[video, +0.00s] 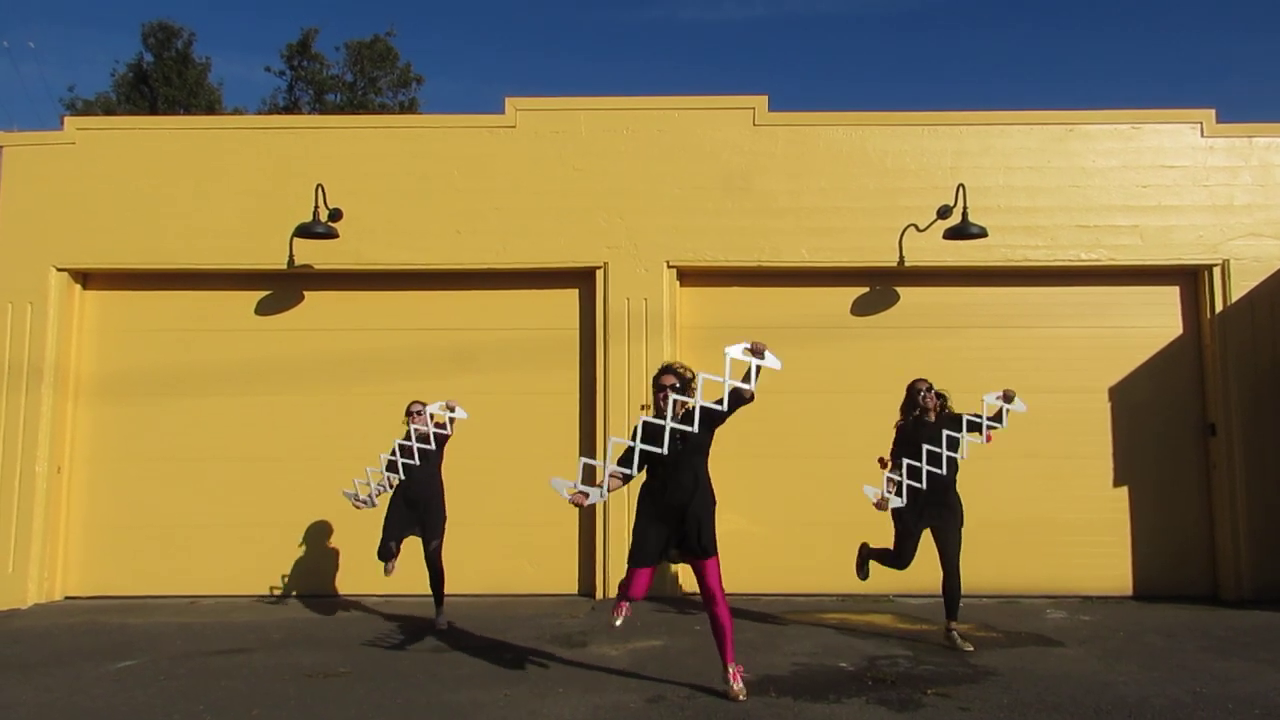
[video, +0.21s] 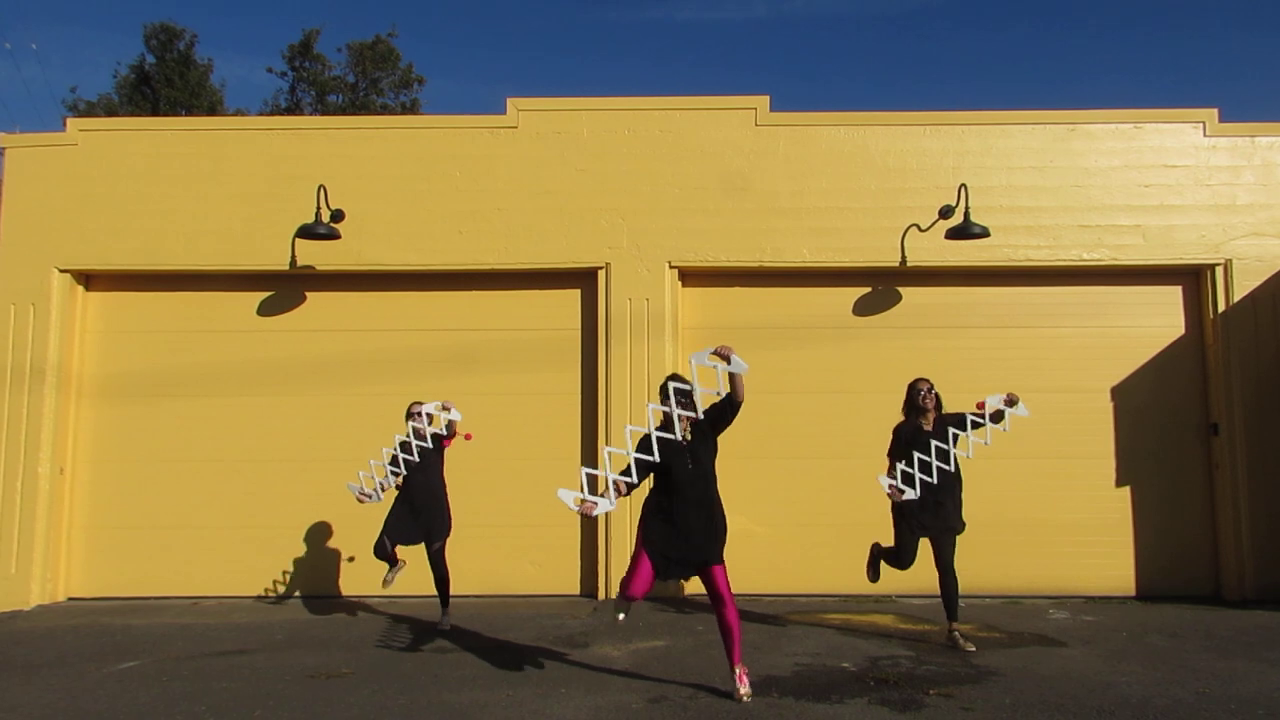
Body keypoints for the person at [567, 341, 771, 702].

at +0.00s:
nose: (665, 394)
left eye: (672, 389)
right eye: (660, 389)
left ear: (686, 392)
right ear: (653, 392)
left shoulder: (704, 417)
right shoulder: (647, 427)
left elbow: (741, 395)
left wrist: (755, 362)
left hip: (696, 515)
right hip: (654, 516)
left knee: (713, 594)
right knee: (636, 592)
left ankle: (731, 668)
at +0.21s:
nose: (684, 408)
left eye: (688, 402)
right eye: (677, 403)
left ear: (694, 402)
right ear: (665, 405)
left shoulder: (707, 427)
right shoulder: (654, 441)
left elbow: (736, 399)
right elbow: (629, 479)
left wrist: (732, 364)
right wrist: (600, 502)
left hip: (703, 526)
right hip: (661, 527)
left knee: (724, 600)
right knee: (634, 592)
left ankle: (737, 668)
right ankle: (626, 598)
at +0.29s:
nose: (670, 408)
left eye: (677, 402)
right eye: (665, 403)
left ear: (691, 404)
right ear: (659, 405)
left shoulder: (701, 432)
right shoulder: (650, 440)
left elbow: (729, 440)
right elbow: (630, 473)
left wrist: (717, 417)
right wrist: (615, 489)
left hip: (698, 523)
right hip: (655, 524)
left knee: (719, 596)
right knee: (627, 597)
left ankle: (744, 666)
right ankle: (608, 643)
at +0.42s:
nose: (666, 422)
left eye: (673, 417)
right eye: (660, 417)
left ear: (684, 420)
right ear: (653, 420)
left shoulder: (696, 453)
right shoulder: (644, 453)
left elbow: (710, 499)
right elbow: (624, 467)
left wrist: (709, 492)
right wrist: (636, 454)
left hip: (693, 544)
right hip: (650, 543)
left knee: (714, 614)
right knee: (628, 615)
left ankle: (743, 682)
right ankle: (604, 679)